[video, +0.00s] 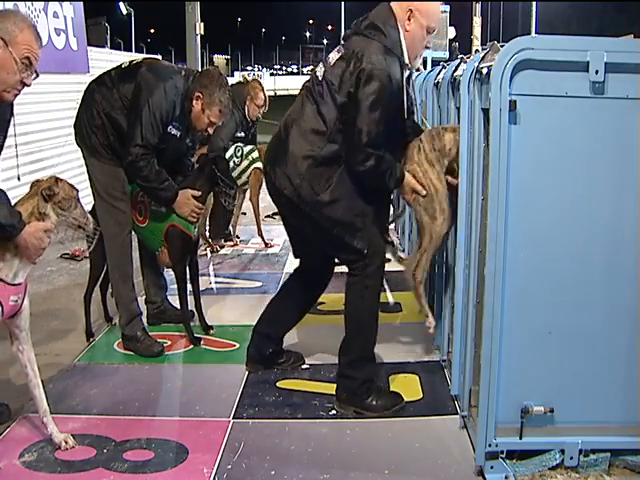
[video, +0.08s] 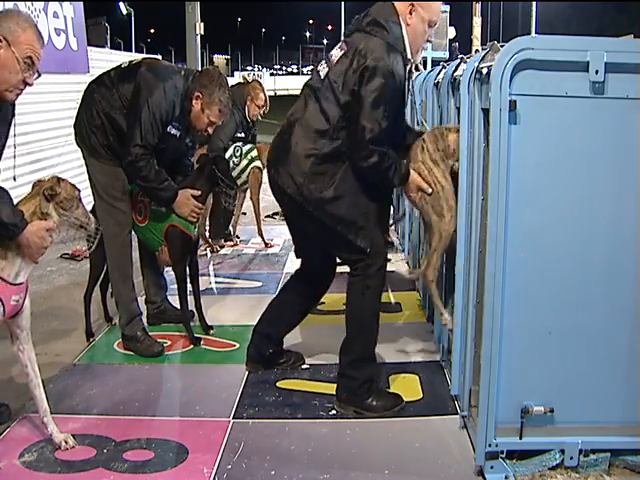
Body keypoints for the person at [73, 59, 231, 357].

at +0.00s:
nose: (211, 130)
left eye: (216, 126)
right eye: (210, 123)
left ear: (198, 100)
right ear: (196, 100)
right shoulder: (161, 92)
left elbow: (177, 161)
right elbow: (136, 156)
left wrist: (188, 194)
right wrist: (172, 196)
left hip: (136, 132)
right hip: (101, 130)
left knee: (147, 216)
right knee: (118, 222)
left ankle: (158, 305)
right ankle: (131, 327)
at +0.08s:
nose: (211, 130)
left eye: (215, 125)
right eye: (210, 123)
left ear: (198, 100)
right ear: (196, 100)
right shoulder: (160, 92)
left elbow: (179, 160)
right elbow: (135, 156)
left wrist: (188, 194)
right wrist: (172, 196)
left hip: (136, 132)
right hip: (100, 130)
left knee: (147, 216)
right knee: (118, 222)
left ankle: (158, 305)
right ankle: (131, 327)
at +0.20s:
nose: (210, 129)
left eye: (215, 124)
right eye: (210, 121)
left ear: (197, 98)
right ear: (195, 99)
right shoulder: (159, 92)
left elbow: (179, 158)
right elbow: (135, 156)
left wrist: (186, 192)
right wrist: (171, 196)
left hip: (137, 132)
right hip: (100, 130)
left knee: (147, 216)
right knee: (118, 222)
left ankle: (157, 305)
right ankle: (131, 326)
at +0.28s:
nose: (210, 128)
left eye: (215, 123)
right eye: (210, 120)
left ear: (196, 97)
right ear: (195, 98)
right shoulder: (158, 92)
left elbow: (179, 157)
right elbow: (135, 156)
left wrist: (188, 191)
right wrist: (171, 196)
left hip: (137, 132)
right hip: (100, 130)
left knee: (148, 216)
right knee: (118, 222)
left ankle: (158, 305)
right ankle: (131, 326)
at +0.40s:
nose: (210, 126)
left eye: (215, 121)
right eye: (210, 118)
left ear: (196, 97)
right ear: (194, 97)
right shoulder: (158, 91)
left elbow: (178, 157)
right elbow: (134, 156)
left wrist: (189, 190)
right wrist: (171, 196)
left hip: (136, 133)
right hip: (100, 131)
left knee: (148, 218)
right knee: (118, 222)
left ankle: (157, 305)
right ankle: (131, 327)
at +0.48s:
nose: (210, 126)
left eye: (215, 121)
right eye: (209, 118)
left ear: (196, 96)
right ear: (194, 97)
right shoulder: (157, 91)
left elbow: (180, 156)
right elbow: (134, 156)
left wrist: (187, 190)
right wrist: (171, 196)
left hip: (137, 133)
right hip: (100, 131)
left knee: (148, 217)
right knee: (118, 222)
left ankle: (157, 305)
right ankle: (131, 326)